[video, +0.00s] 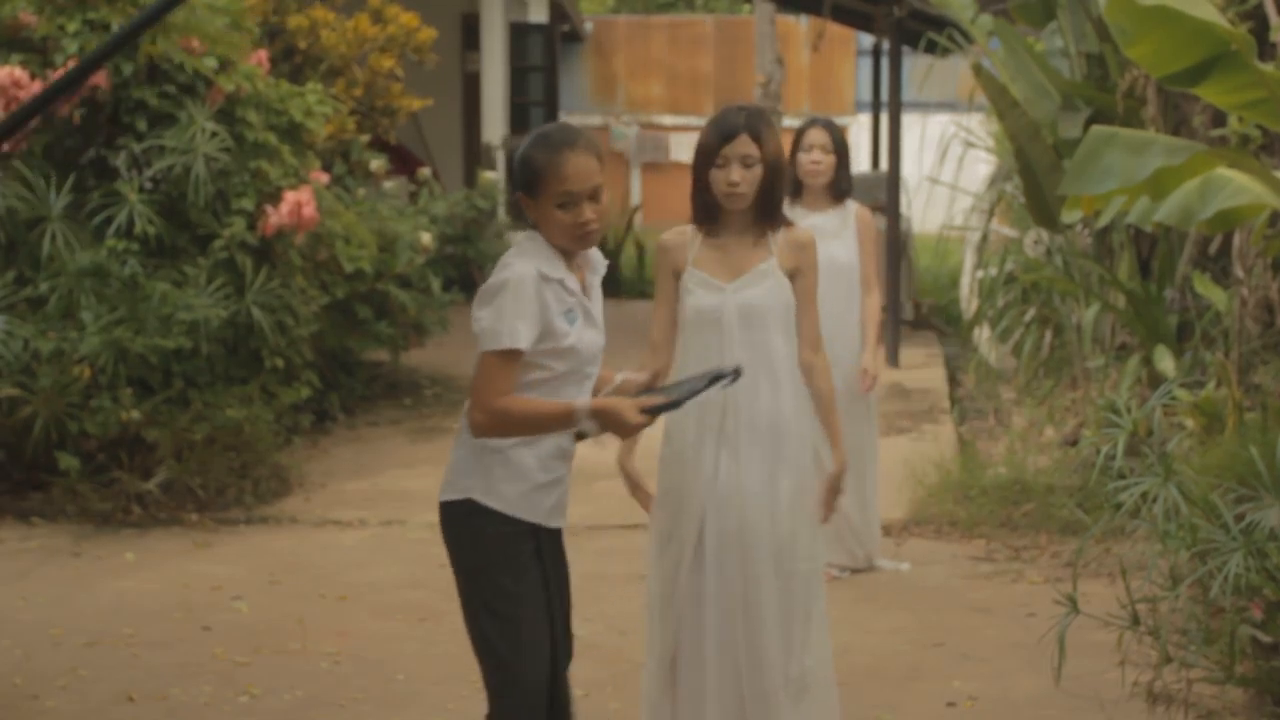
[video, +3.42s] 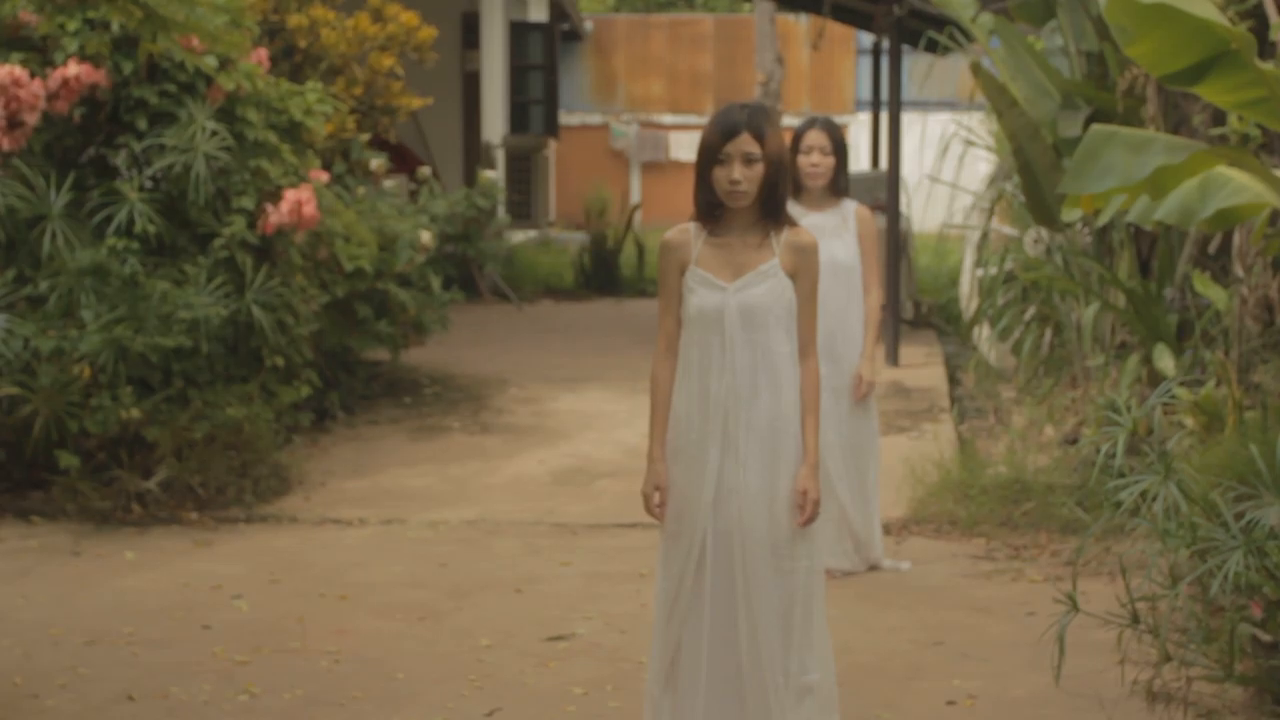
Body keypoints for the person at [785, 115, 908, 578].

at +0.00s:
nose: (815, 159)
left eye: (825, 151)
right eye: (807, 150)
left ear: (840, 160)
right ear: (793, 159)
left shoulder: (858, 218)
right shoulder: (779, 218)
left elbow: (871, 288)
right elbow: (769, 290)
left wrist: (871, 349)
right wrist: (773, 351)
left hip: (846, 348)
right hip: (793, 348)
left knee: (851, 447)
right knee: (800, 445)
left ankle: (852, 545)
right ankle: (807, 547)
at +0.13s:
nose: (815, 160)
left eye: (825, 151)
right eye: (806, 151)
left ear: (840, 160)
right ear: (793, 159)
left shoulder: (857, 217)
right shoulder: (780, 217)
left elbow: (875, 280)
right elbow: (763, 275)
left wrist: (862, 298)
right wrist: (776, 309)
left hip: (845, 345)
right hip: (793, 344)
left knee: (849, 442)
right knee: (801, 440)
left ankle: (851, 544)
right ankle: (807, 546)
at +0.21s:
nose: (815, 161)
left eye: (825, 153)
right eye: (807, 152)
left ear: (839, 161)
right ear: (793, 160)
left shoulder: (855, 215)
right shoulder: (780, 214)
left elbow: (880, 282)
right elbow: (762, 275)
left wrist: (855, 241)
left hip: (845, 340)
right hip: (792, 338)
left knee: (848, 439)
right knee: (797, 437)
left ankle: (848, 545)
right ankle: (806, 545)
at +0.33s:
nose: (817, 166)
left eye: (827, 156)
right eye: (809, 157)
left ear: (841, 163)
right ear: (793, 166)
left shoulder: (853, 210)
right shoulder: (781, 215)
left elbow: (871, 239)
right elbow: (757, 226)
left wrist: (842, 175)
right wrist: (781, 171)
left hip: (847, 336)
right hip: (795, 337)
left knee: (852, 436)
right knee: (801, 438)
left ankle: (855, 541)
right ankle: (809, 545)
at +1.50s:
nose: (816, 155)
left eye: (825, 148)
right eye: (808, 148)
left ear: (841, 159)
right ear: (794, 158)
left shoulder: (858, 216)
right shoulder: (779, 214)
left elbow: (886, 283)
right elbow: (762, 279)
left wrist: (870, 237)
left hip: (847, 335)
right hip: (792, 334)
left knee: (844, 438)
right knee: (796, 437)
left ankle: (845, 544)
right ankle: (801, 546)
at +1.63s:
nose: (814, 163)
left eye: (824, 155)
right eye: (806, 155)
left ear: (840, 162)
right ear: (793, 161)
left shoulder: (862, 218)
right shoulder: (779, 215)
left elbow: (878, 283)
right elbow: (762, 273)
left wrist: (867, 294)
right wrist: (776, 308)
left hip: (846, 339)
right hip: (794, 337)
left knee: (844, 440)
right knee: (798, 438)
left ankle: (845, 544)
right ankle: (802, 546)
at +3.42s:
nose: (815, 162)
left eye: (825, 153)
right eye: (806, 152)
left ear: (838, 160)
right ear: (793, 159)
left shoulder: (858, 217)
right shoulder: (779, 216)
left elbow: (873, 289)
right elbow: (767, 288)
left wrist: (868, 355)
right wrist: (771, 350)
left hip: (845, 353)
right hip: (792, 351)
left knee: (847, 449)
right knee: (796, 444)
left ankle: (849, 546)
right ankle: (800, 545)